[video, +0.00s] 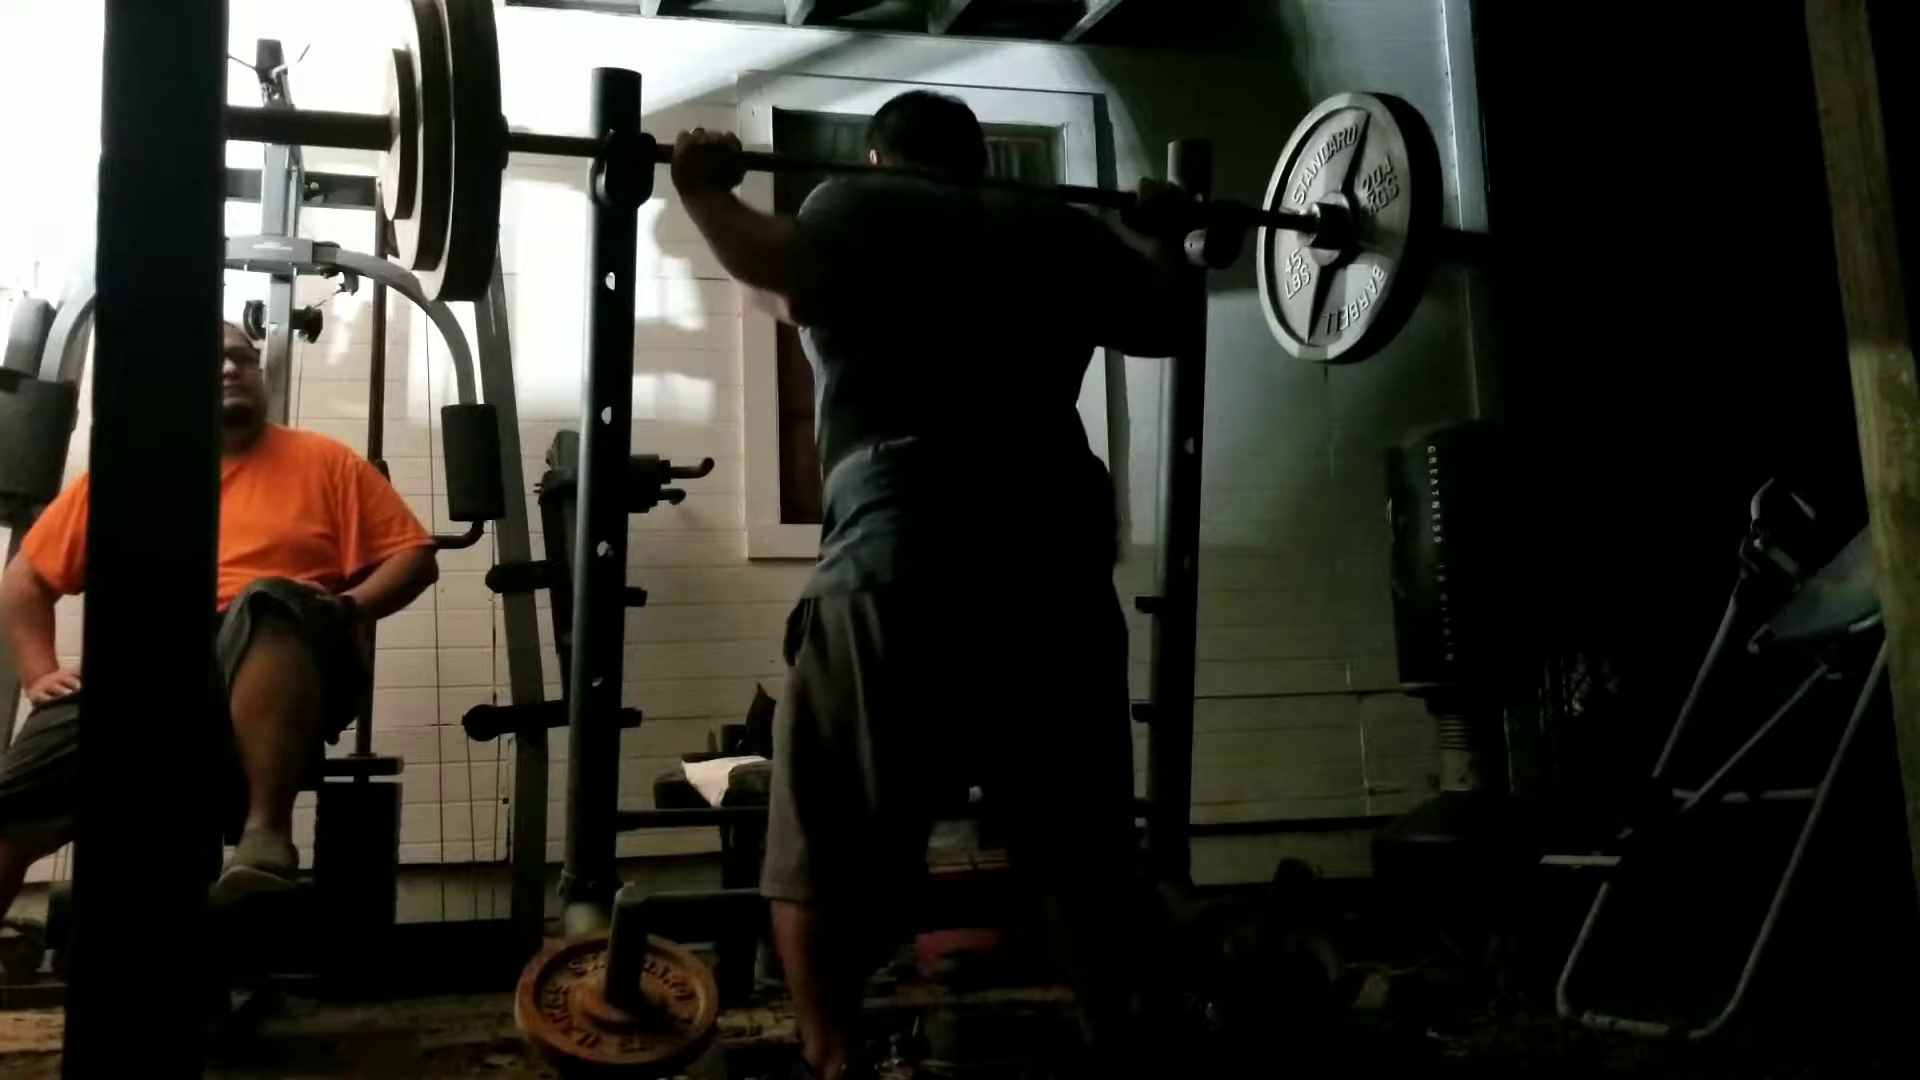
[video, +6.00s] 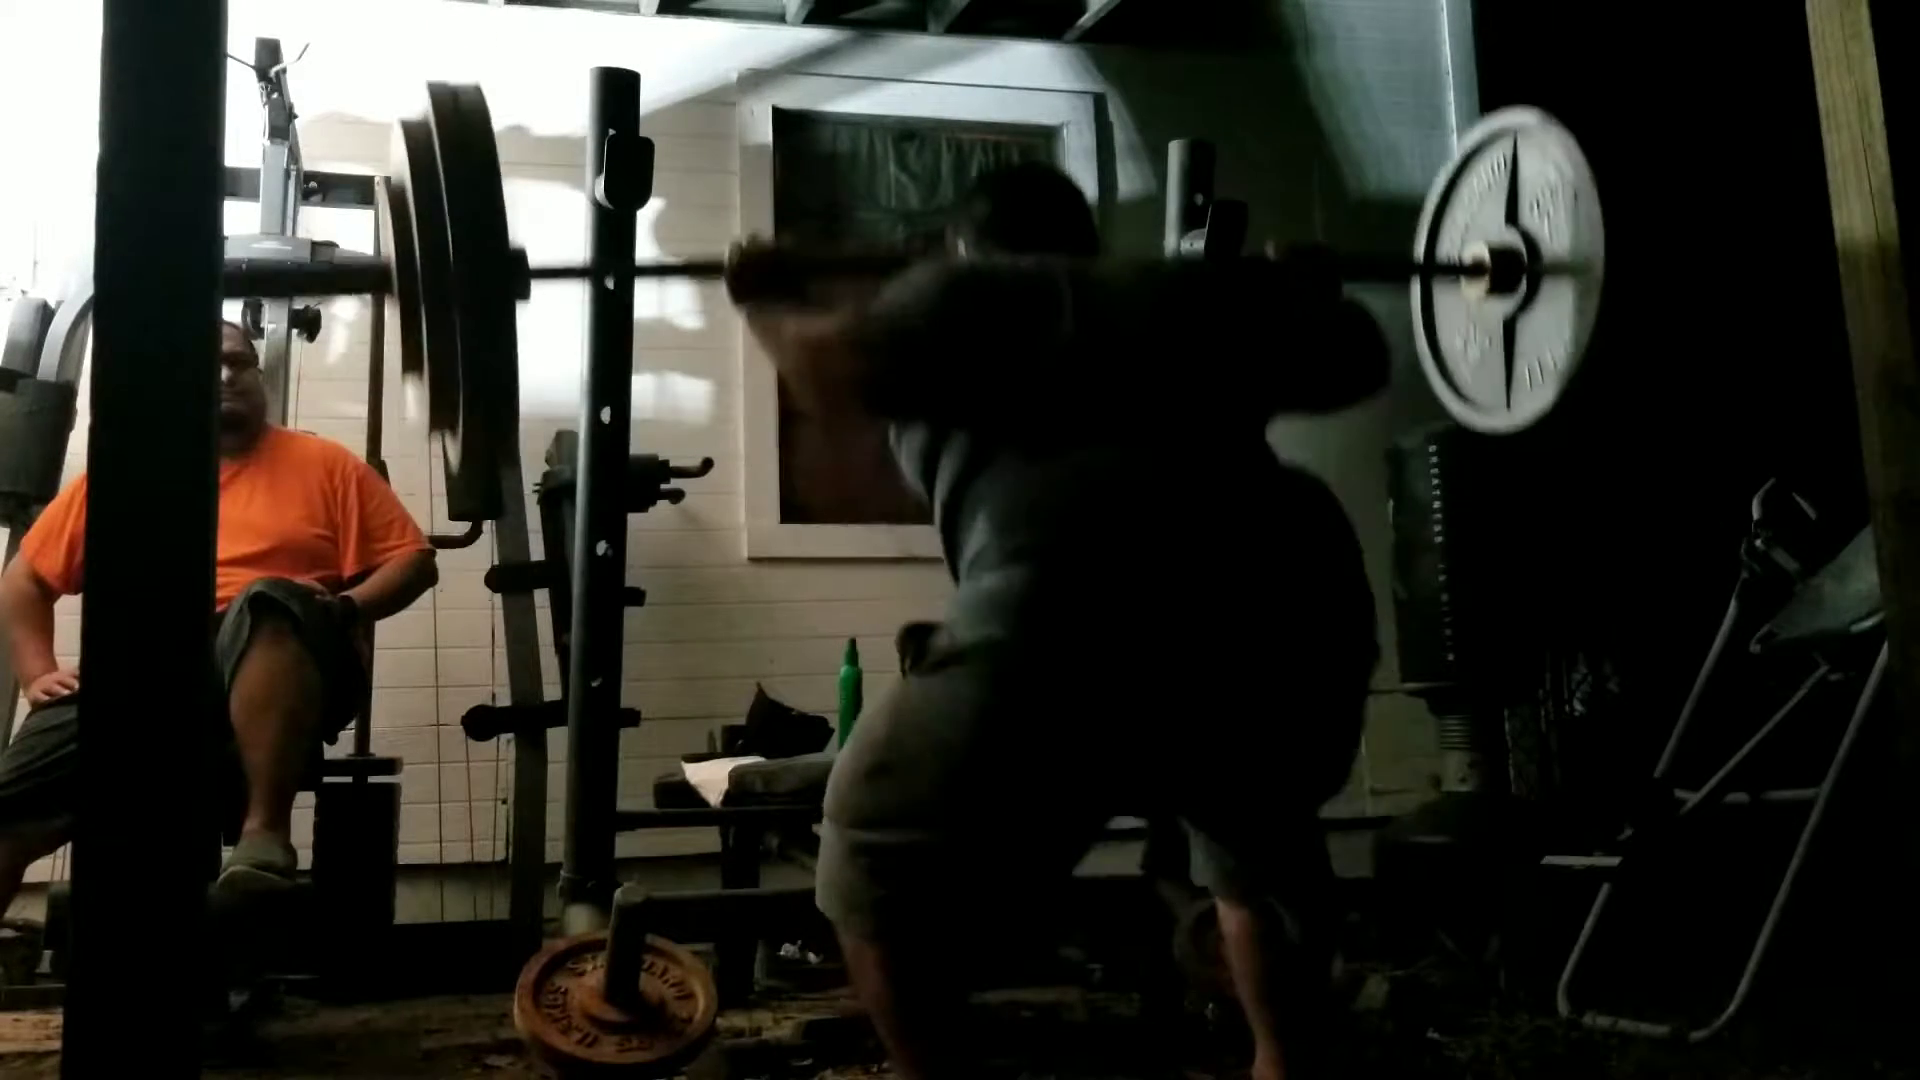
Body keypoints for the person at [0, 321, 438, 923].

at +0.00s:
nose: (231, 368)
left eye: (243, 357)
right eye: (214, 358)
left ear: (265, 376)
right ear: (186, 377)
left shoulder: (325, 463)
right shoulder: (129, 471)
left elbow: (414, 555)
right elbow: (24, 575)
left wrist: (351, 603)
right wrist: (39, 671)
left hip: (286, 668)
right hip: (145, 667)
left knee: (272, 604)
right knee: (12, 816)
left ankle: (266, 831)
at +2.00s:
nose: (227, 371)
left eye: (239, 358)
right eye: (210, 360)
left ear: (264, 376)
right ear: (184, 379)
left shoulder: (323, 462)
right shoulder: (131, 467)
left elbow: (414, 556)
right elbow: (24, 574)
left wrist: (350, 602)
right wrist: (37, 671)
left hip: (286, 669)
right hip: (144, 666)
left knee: (272, 604)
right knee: (9, 813)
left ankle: (265, 831)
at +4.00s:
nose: (226, 373)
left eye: (238, 361)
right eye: (209, 362)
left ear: (263, 377)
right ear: (185, 379)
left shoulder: (323, 463)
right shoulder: (130, 467)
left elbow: (413, 558)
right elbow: (24, 576)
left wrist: (349, 604)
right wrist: (37, 671)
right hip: (144, 664)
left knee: (271, 605)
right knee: (12, 805)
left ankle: (266, 829)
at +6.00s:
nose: (226, 376)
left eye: (238, 362)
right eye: (209, 364)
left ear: (263, 376)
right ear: (184, 380)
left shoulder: (324, 465)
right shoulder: (132, 468)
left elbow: (415, 560)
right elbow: (24, 576)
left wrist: (347, 604)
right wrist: (36, 672)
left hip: (286, 669)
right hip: (145, 667)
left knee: (273, 605)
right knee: (9, 809)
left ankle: (265, 829)